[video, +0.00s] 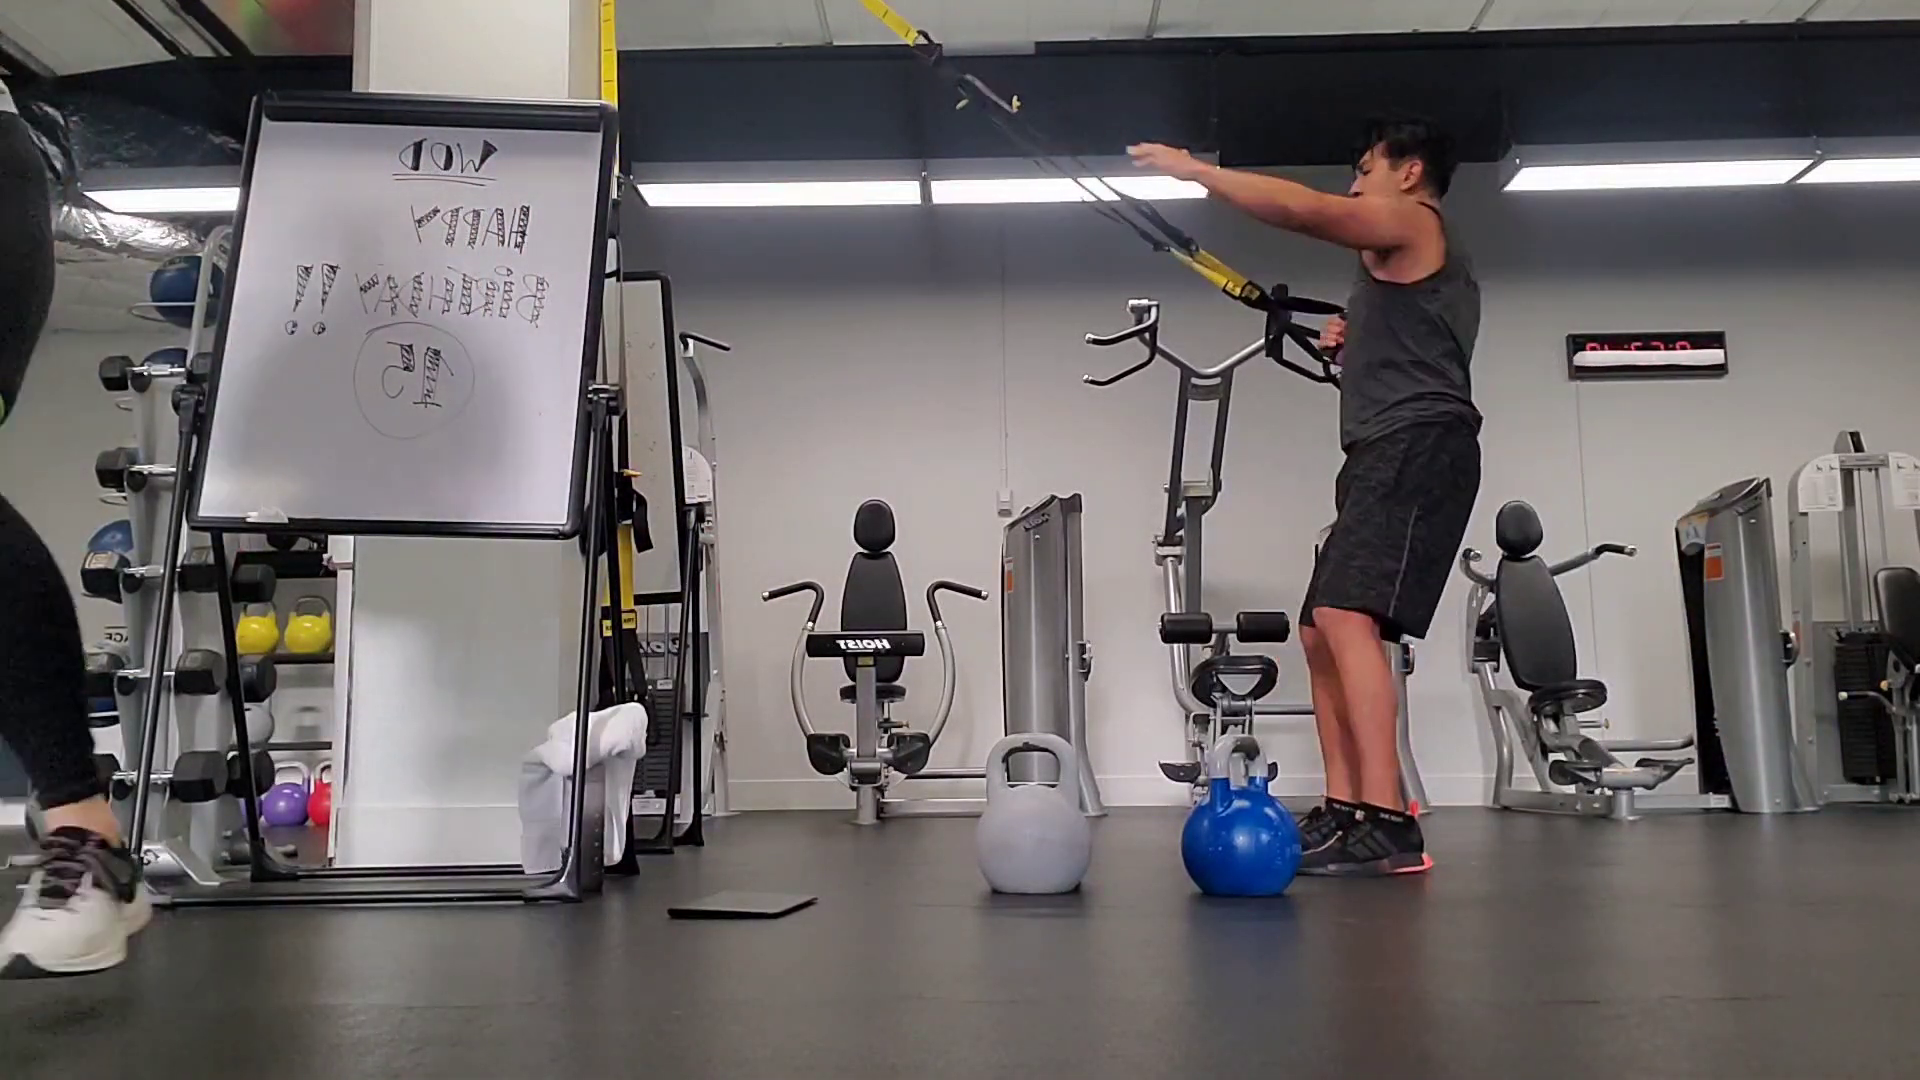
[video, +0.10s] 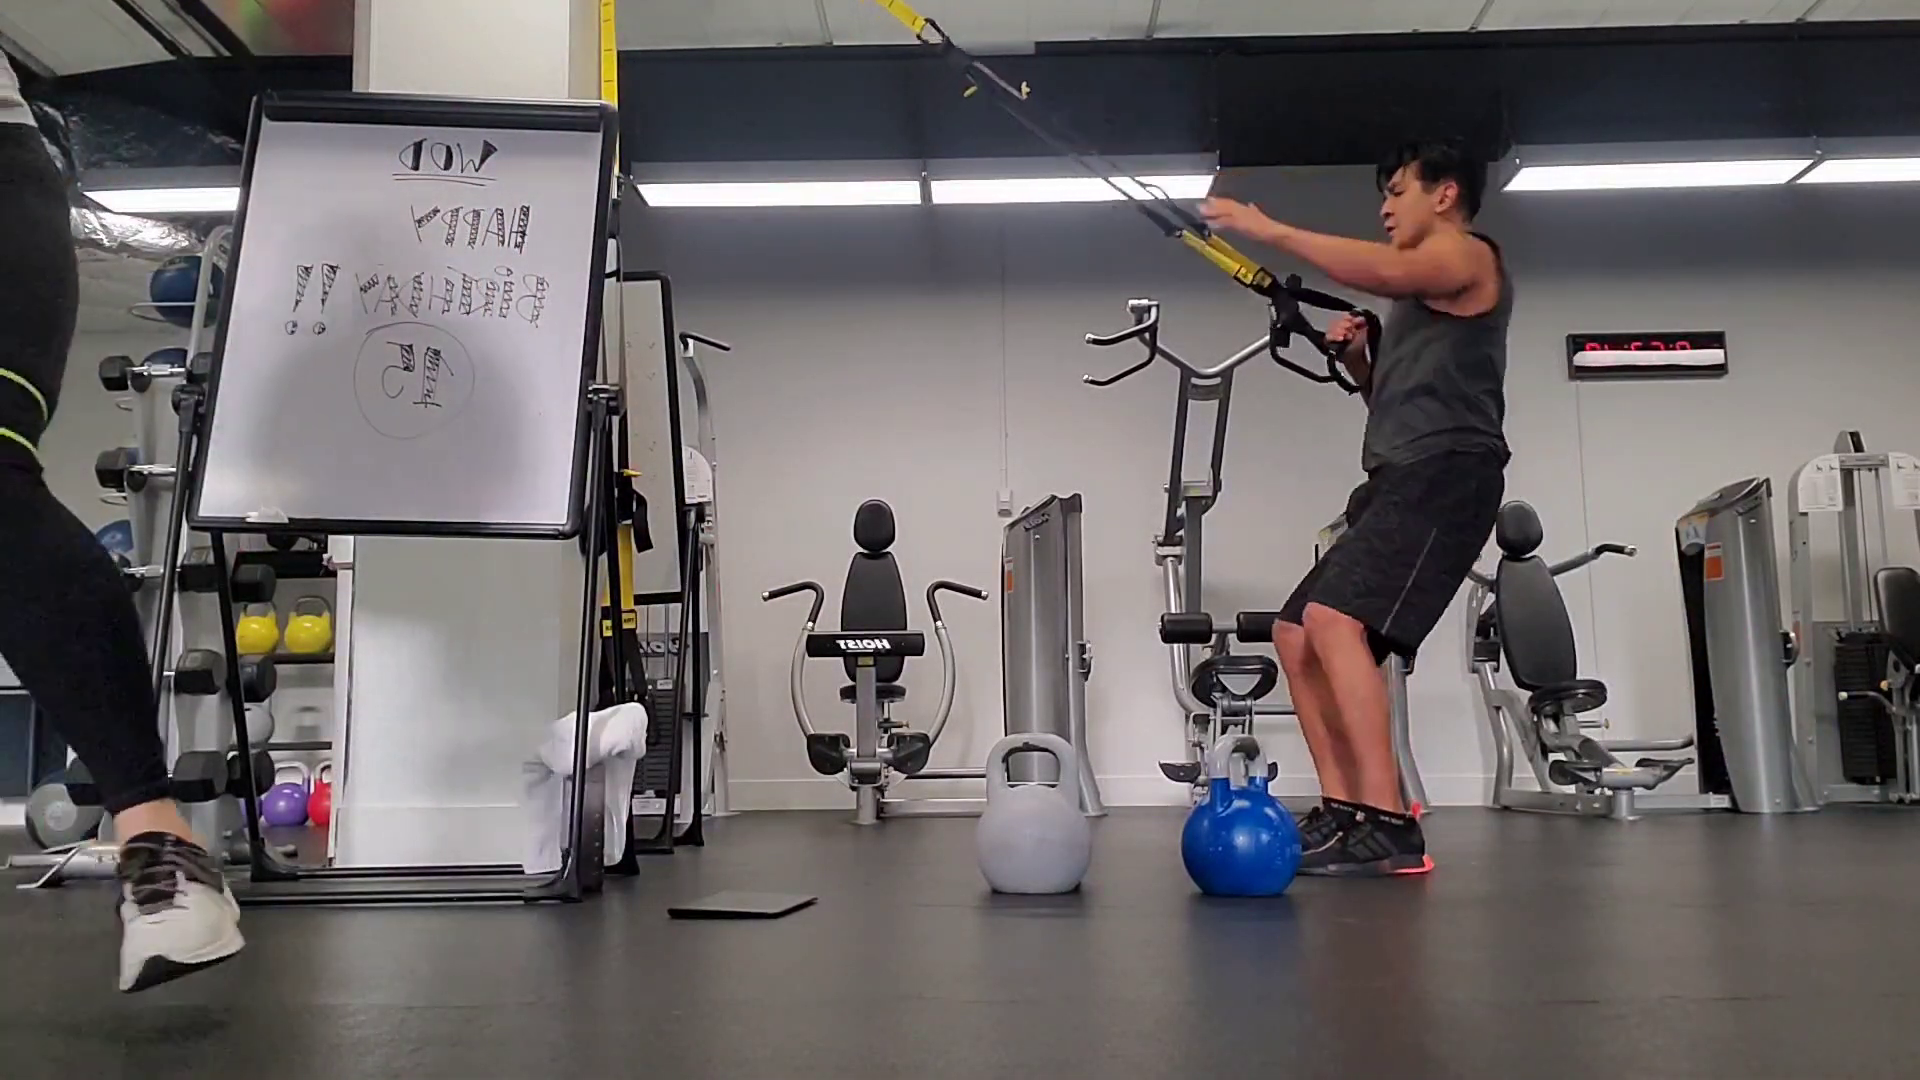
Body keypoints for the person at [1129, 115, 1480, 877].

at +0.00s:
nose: (1355, 182)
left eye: (1365, 168)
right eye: (1358, 170)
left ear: (1409, 170)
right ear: (1412, 176)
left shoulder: (1409, 220)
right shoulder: (1417, 255)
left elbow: (1297, 209)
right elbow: (1424, 349)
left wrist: (1194, 169)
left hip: (1418, 441)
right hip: (1388, 448)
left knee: (1349, 619)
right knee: (1319, 626)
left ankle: (1387, 821)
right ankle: (1347, 812)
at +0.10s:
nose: (1384, 206)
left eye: (1397, 191)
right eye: (1385, 195)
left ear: (1445, 195)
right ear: (1430, 200)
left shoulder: (1469, 255)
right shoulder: (1417, 280)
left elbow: (1391, 270)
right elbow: (1399, 396)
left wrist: (1271, 230)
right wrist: (1361, 356)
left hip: (1447, 469)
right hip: (1398, 476)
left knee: (1334, 620)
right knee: (1293, 632)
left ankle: (1387, 822)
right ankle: (1346, 812)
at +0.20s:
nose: (1423, 250)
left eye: (1437, 233)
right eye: (1423, 237)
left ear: (1488, 238)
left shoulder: (1516, 307)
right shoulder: (1453, 341)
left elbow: (1513, 362)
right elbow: (1393, 439)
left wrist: (1379, 330)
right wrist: (1363, 369)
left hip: (1473, 515)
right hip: (1418, 520)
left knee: (1326, 624)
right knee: (1279, 636)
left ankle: (1388, 822)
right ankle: (1345, 811)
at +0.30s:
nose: (1467, 302)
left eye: (1481, 286)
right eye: (1466, 291)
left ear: (1536, 291)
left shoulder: (1572, 379)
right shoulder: (1483, 395)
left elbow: (1602, 468)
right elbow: (1394, 449)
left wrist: (1522, 461)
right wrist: (1365, 372)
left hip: (1501, 575)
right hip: (1446, 571)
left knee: (1329, 626)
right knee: (1276, 640)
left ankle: (1388, 824)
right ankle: (1342, 810)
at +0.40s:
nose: (1512, 358)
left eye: (1528, 341)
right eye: (1511, 344)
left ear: (1582, 351)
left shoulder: (1623, 448)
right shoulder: (1503, 440)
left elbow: (1692, 554)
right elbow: (1405, 462)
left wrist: (1678, 592)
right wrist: (1365, 391)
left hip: (1526, 638)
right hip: (1462, 627)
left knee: (1347, 623)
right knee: (1286, 639)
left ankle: (1390, 823)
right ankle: (1339, 813)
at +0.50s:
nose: (1548, 410)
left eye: (1564, 394)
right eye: (1547, 397)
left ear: (1622, 404)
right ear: (1552, 407)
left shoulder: (1663, 510)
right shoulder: (1524, 479)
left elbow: (1734, 612)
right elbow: (1416, 470)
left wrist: (1780, 676)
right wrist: (1362, 397)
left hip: (1547, 695)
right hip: (1481, 682)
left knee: (1382, 620)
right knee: (1308, 639)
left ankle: (1395, 824)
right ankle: (1341, 811)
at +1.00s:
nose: (1561, 454)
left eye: (1576, 439)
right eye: (1558, 443)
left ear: (1635, 444)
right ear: (1561, 453)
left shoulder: (1672, 555)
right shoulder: (1536, 514)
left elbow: (1726, 669)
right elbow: (1428, 484)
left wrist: (1787, 722)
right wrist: (1360, 414)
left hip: (1545, 719)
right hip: (1480, 707)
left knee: (1397, 620)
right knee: (1317, 640)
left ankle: (1396, 822)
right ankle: (1340, 809)